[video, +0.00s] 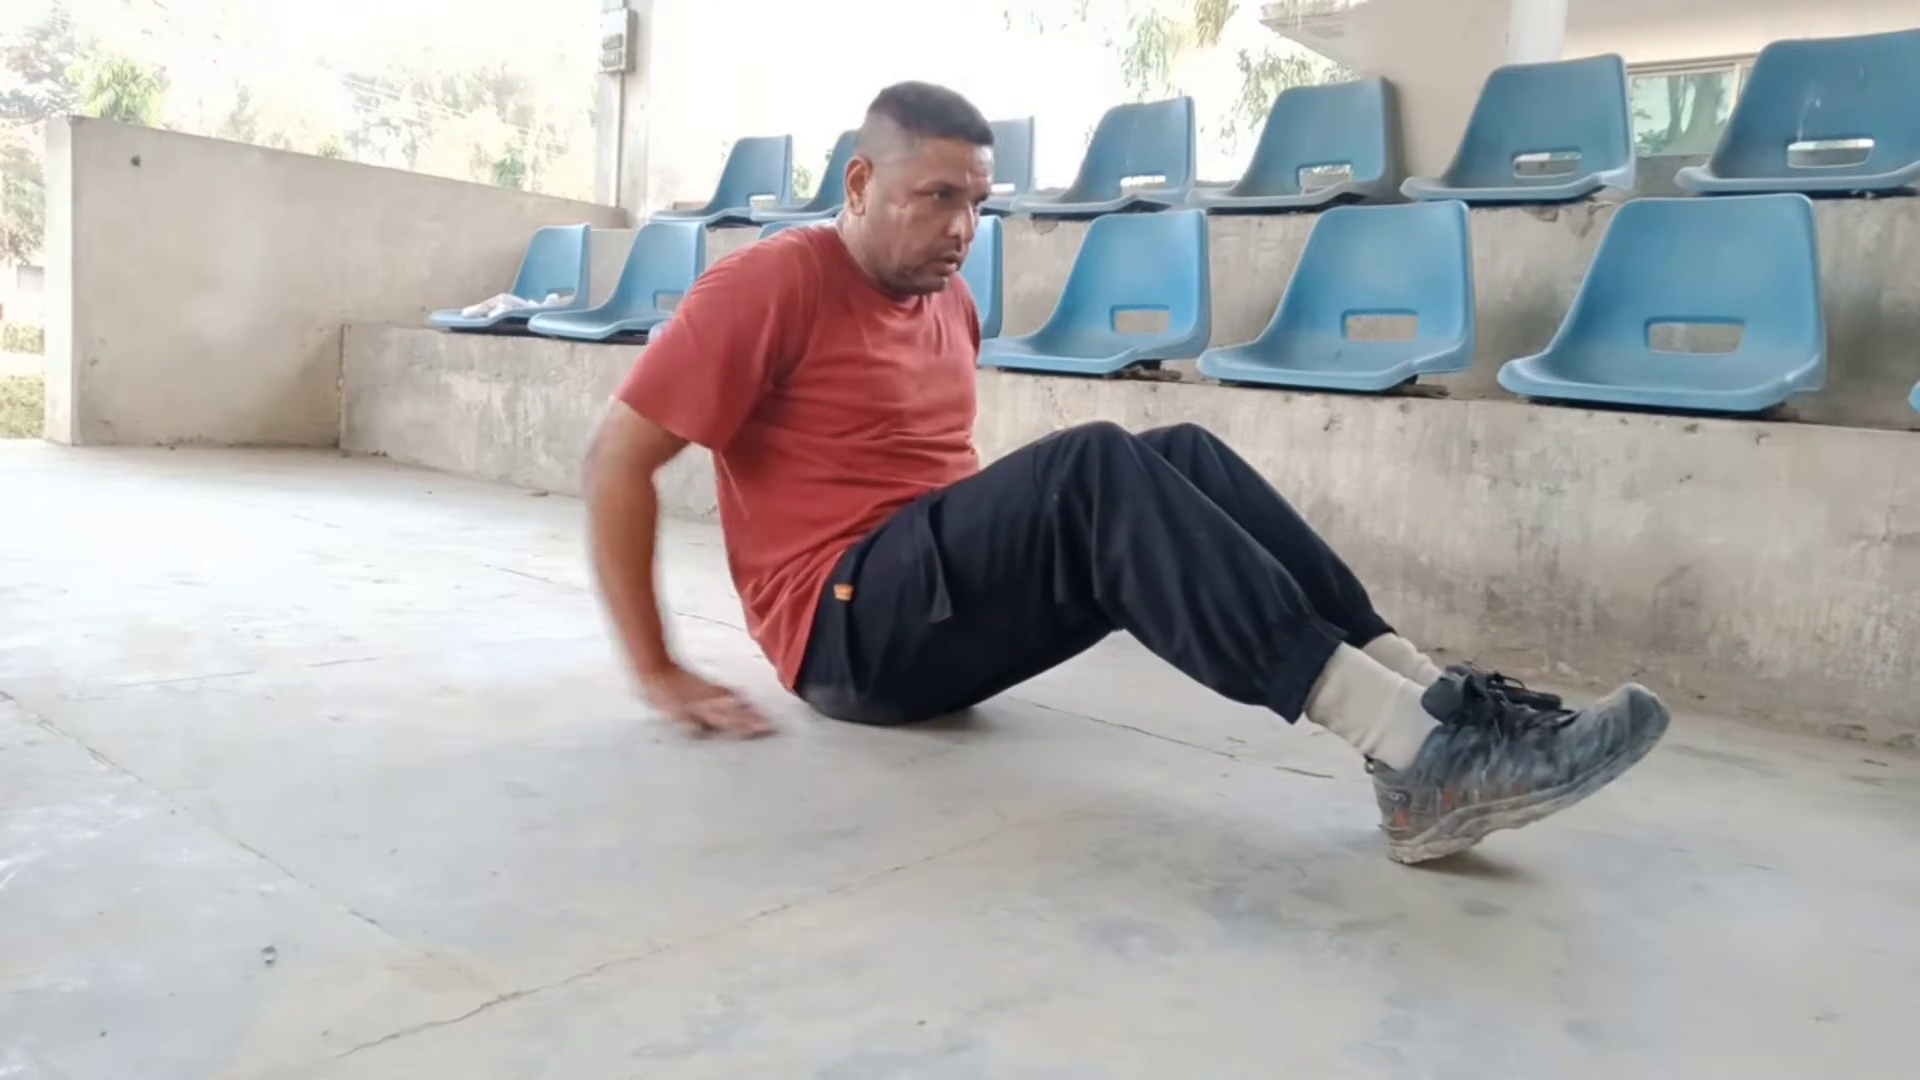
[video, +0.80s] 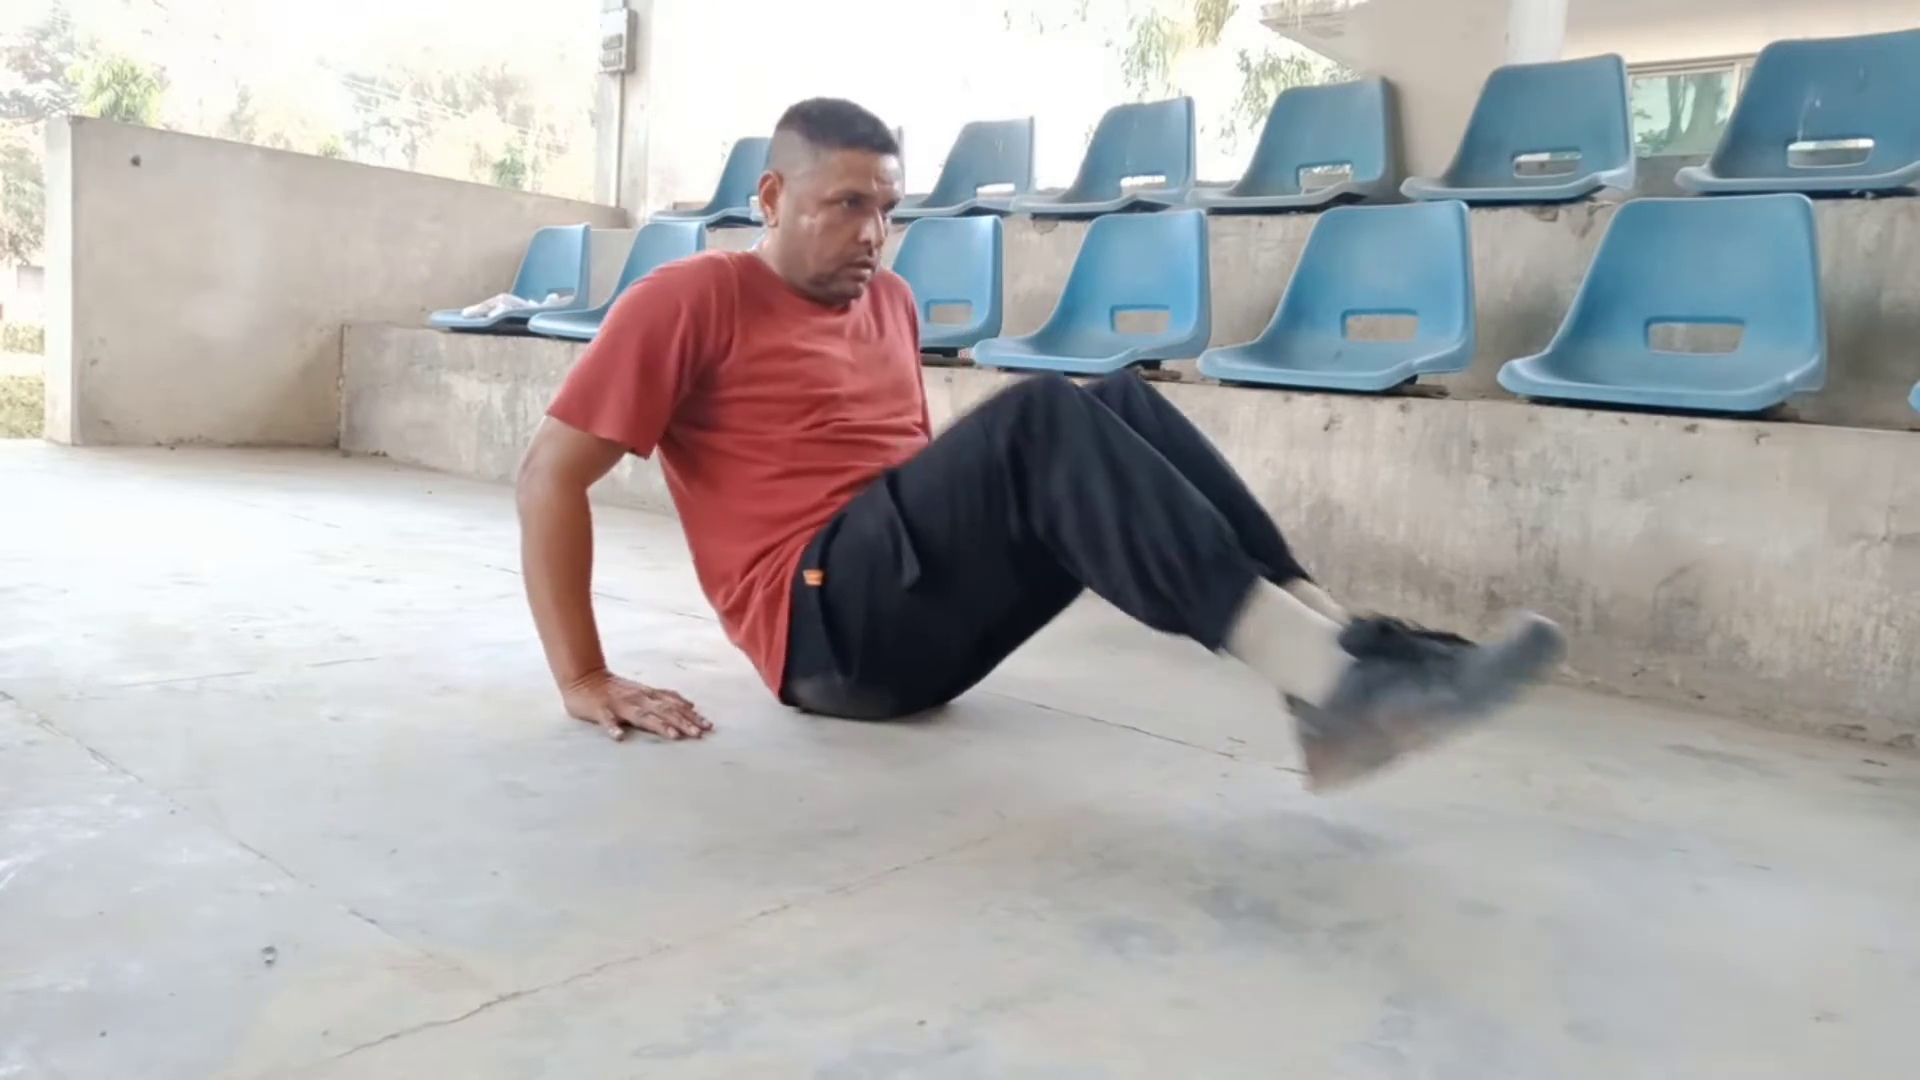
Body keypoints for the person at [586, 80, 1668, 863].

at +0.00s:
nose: (959, 226)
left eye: (973, 203)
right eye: (938, 198)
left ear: (973, 203)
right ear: (858, 187)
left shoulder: (946, 302)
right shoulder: (764, 286)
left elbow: (923, 463)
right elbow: (618, 461)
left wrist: (951, 607)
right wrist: (656, 674)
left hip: (936, 601)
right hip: (845, 618)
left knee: (1180, 456)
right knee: (1100, 472)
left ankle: (1452, 712)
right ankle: (1411, 764)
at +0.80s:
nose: (875, 233)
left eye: (886, 211)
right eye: (849, 207)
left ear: (885, 210)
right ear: (774, 200)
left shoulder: (884, 301)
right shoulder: (687, 301)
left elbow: (901, 457)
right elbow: (550, 478)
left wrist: (945, 587)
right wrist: (581, 683)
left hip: (914, 611)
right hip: (822, 622)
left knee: (1125, 402)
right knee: (1051, 413)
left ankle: (1349, 664)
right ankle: (1320, 679)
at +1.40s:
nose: (808, 247)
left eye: (818, 224)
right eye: (779, 225)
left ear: (824, 221)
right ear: (706, 221)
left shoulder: (828, 315)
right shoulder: (643, 321)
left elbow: (864, 462)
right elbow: (507, 491)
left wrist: (913, 553)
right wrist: (576, 683)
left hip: (906, 570)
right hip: (823, 612)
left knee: (1145, 486)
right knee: (1108, 494)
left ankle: (1486, 639)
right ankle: (1476, 631)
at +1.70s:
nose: (796, 252)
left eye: (808, 229)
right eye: (768, 229)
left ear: (818, 230)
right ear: (698, 228)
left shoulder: (820, 316)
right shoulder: (635, 324)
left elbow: (854, 457)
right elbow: (504, 493)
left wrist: (900, 550)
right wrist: (575, 681)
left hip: (903, 571)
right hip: (800, 613)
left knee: (1172, 490)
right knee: (1037, 509)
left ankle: (1504, 589)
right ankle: (1420, 637)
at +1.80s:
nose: (801, 258)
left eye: (813, 236)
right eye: (776, 234)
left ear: (821, 235)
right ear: (706, 226)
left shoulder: (829, 318)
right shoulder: (639, 323)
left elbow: (863, 465)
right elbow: (506, 494)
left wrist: (905, 577)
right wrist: (576, 682)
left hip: (912, 581)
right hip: (790, 626)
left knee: (1179, 493)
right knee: (950, 493)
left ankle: (1544, 553)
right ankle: (1264, 603)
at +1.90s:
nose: (811, 264)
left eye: (823, 240)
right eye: (787, 237)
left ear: (830, 234)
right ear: (715, 223)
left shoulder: (837, 320)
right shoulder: (644, 323)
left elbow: (872, 472)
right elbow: (507, 494)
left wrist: (943, 548)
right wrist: (575, 682)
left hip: (908, 572)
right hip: (787, 609)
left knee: (1170, 518)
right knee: (885, 526)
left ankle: (1517, 548)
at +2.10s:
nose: (813, 264)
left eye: (825, 240)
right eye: (788, 236)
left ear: (832, 229)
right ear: (715, 217)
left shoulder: (834, 316)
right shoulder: (637, 316)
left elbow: (872, 457)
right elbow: (509, 490)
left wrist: (953, 550)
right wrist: (577, 681)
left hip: (907, 590)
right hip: (779, 619)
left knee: (1147, 499)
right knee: (890, 486)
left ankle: (1499, 586)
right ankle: (1129, 653)